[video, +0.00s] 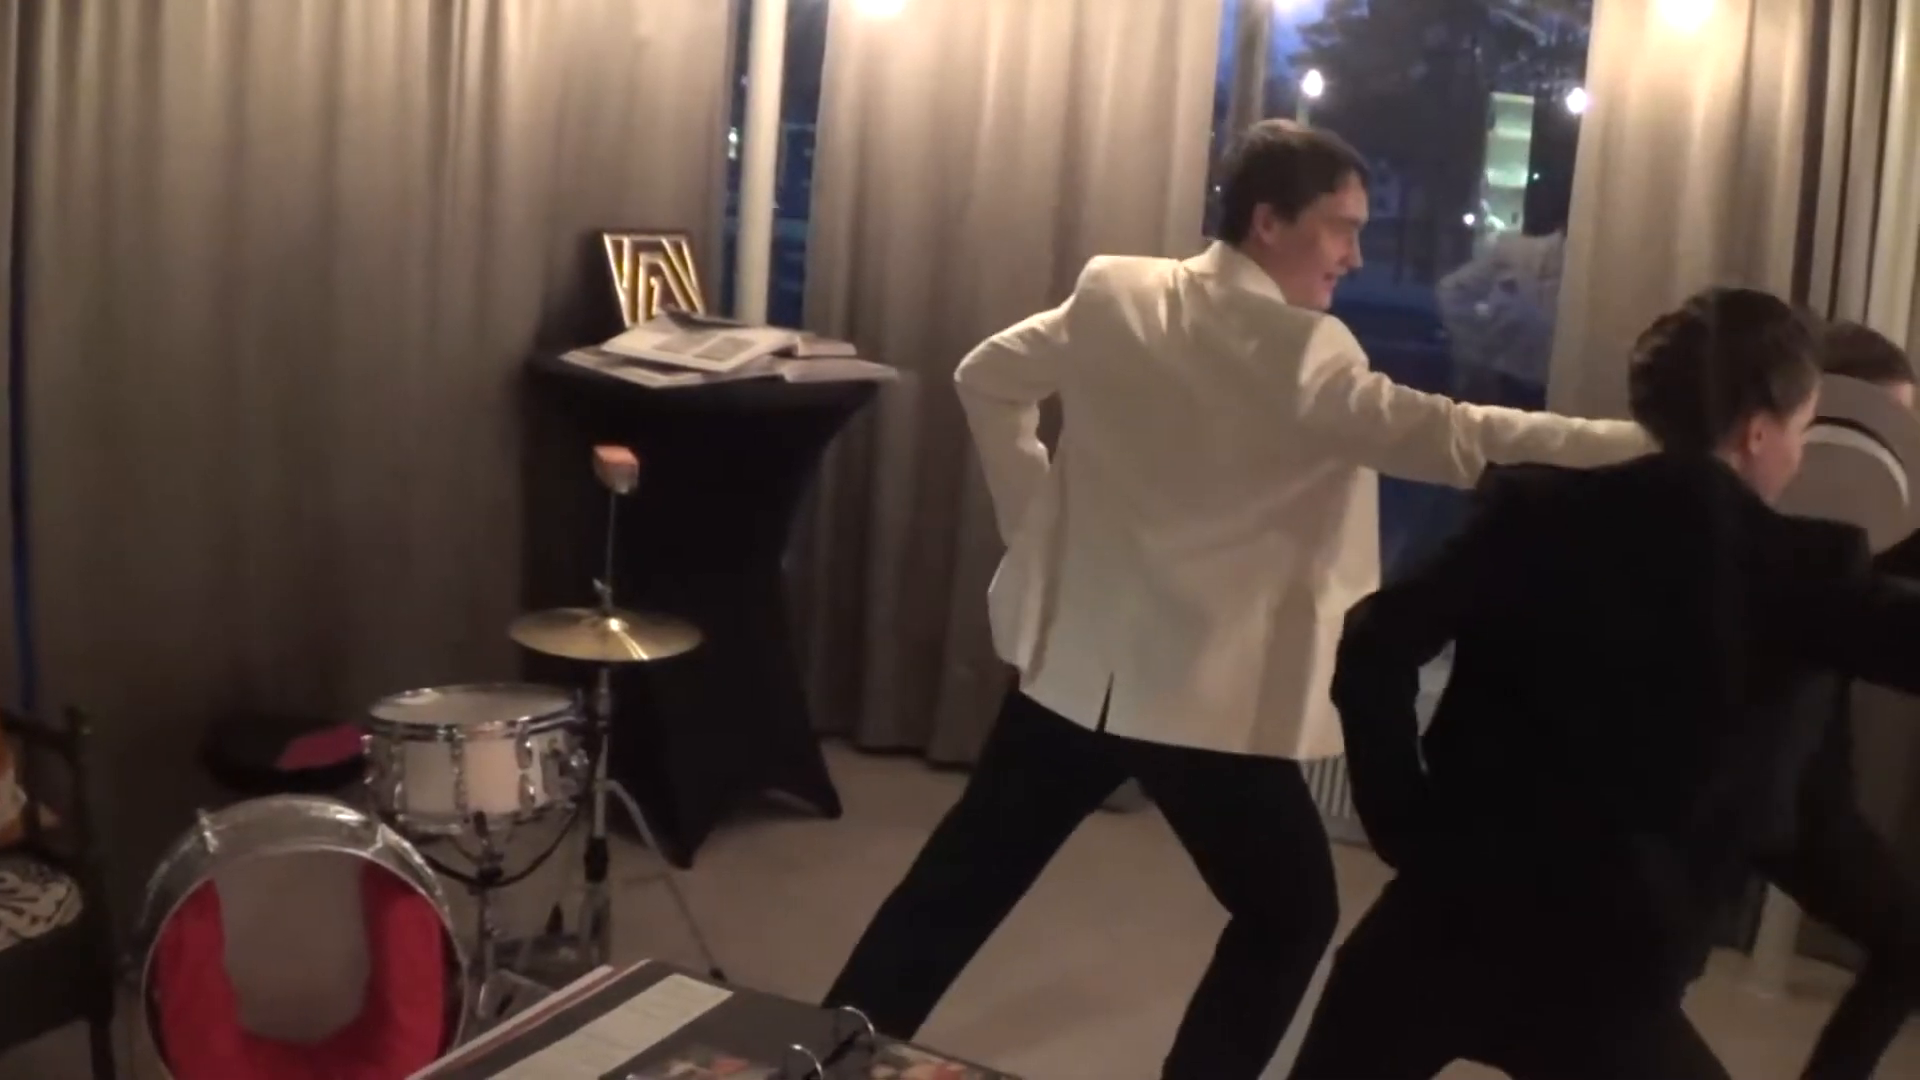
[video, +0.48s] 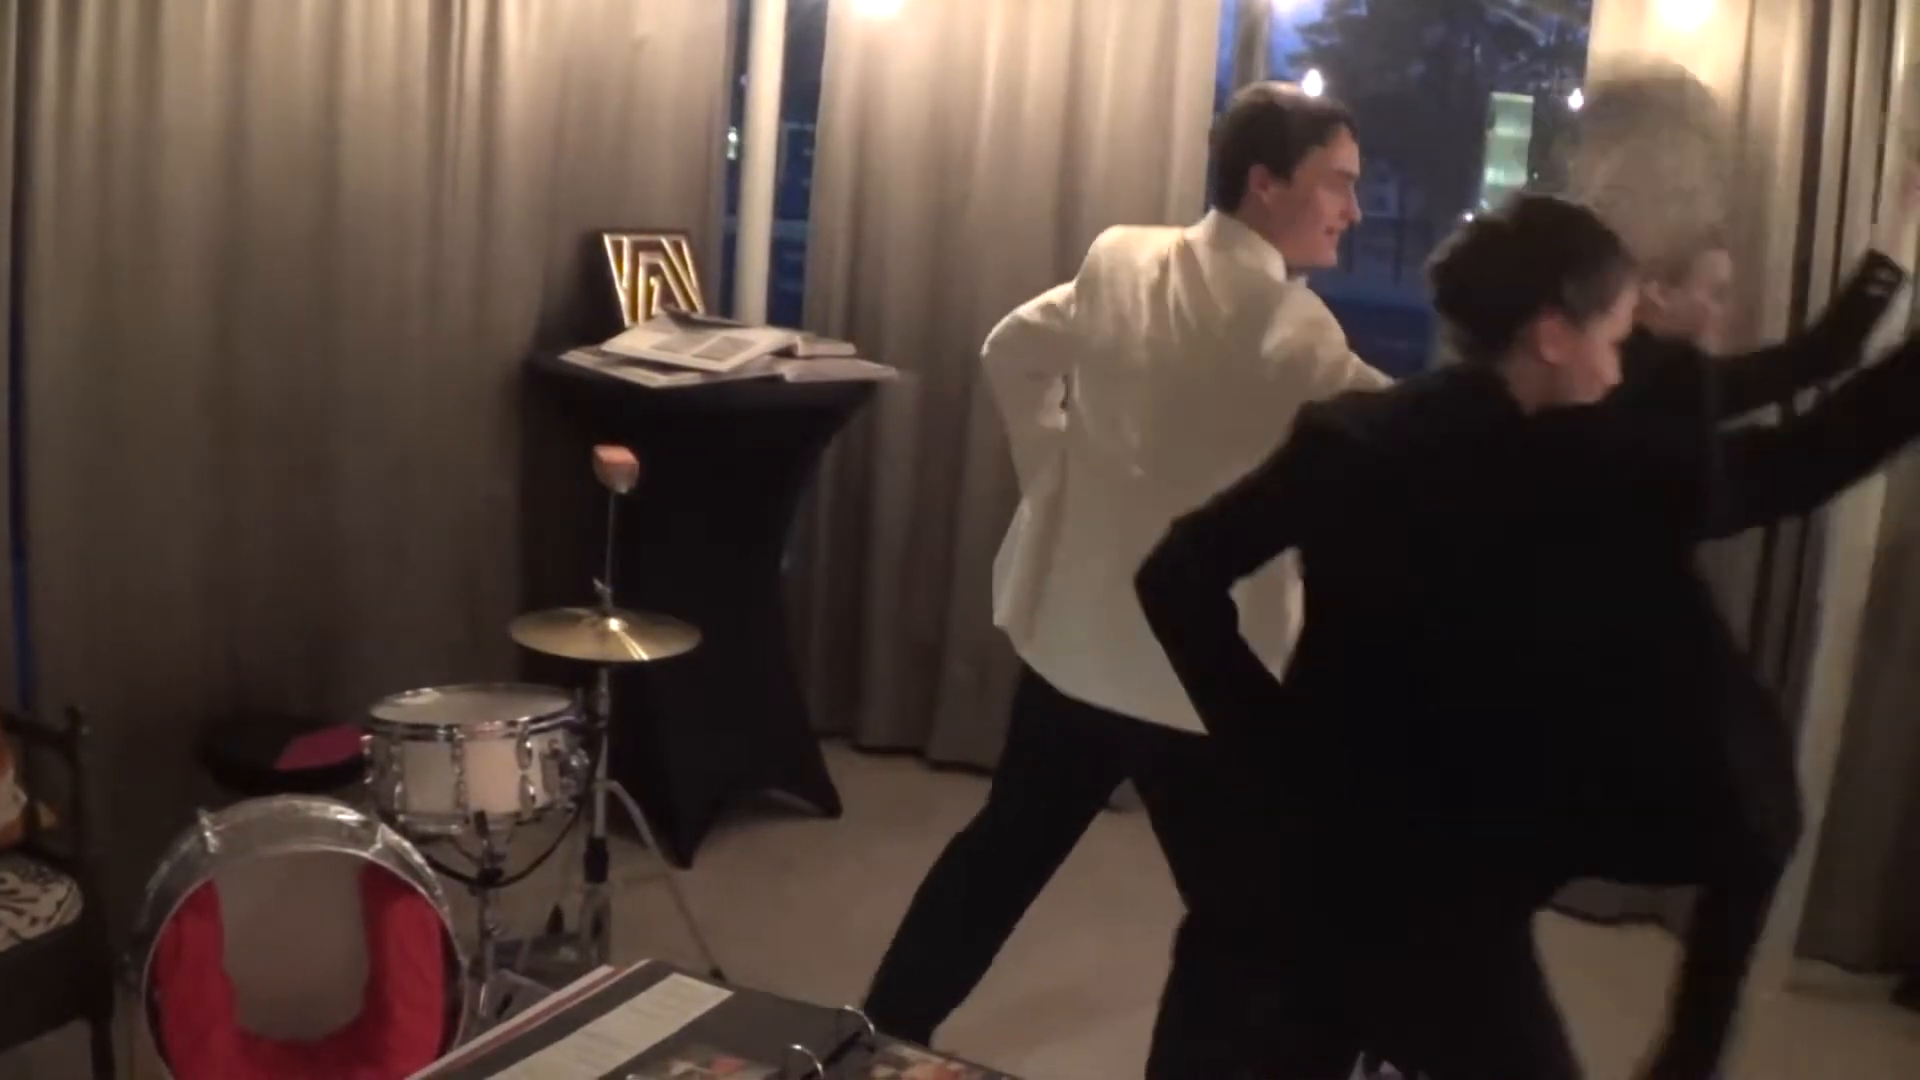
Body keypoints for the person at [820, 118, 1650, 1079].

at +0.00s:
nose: (1351, 257)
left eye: (1357, 233)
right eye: (1339, 231)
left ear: (1259, 228)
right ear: (1267, 222)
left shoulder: (1112, 298)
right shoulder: (1311, 364)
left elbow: (987, 377)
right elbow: (1471, 439)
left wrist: (1037, 529)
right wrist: (1662, 439)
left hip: (1070, 673)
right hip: (1205, 703)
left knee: (959, 880)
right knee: (1290, 910)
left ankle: (831, 1057)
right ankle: (1202, 1078)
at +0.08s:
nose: (1355, 259)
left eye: (1360, 235)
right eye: (1343, 234)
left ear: (1262, 229)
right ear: (1274, 225)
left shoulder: (1114, 299)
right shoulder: (1313, 369)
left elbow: (989, 379)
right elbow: (1471, 441)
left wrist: (1040, 526)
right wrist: (1659, 441)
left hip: (1068, 675)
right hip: (1205, 708)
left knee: (965, 875)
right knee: (1293, 911)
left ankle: (830, 1057)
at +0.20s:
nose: (1357, 256)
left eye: (1361, 234)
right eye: (1343, 232)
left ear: (1261, 228)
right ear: (1274, 227)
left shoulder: (1116, 298)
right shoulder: (1313, 369)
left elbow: (991, 383)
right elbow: (1458, 436)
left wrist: (1038, 529)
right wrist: (1635, 446)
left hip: (1068, 675)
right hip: (1203, 710)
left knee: (962, 880)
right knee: (1293, 925)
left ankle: (831, 1055)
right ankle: (1203, 1079)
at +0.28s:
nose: (1355, 257)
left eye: (1358, 233)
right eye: (1344, 230)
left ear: (1253, 227)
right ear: (1267, 229)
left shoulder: (1116, 302)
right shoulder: (1316, 373)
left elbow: (991, 385)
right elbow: (1451, 430)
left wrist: (1038, 527)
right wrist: (1604, 439)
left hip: (1067, 684)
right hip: (1209, 716)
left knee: (959, 886)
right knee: (1297, 916)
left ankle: (832, 1061)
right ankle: (1205, 1073)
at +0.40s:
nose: (1353, 245)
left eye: (1356, 220)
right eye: (1340, 217)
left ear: (1251, 216)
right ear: (1264, 214)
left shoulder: (1115, 294)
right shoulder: (1315, 365)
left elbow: (998, 382)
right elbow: (1437, 452)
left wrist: (1042, 515)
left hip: (1069, 675)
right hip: (1208, 711)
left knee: (979, 864)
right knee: (1283, 919)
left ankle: (841, 1047)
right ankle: (1201, 1078)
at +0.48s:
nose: (1354, 211)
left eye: (1355, 186)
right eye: (1339, 184)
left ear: (1250, 186)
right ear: (1265, 184)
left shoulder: (1122, 264)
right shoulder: (1303, 341)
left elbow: (1011, 352)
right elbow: (1402, 448)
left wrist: (1050, 479)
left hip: (1068, 645)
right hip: (1195, 683)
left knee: (1005, 846)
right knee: (1238, 914)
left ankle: (877, 1043)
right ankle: (1186, 1078)